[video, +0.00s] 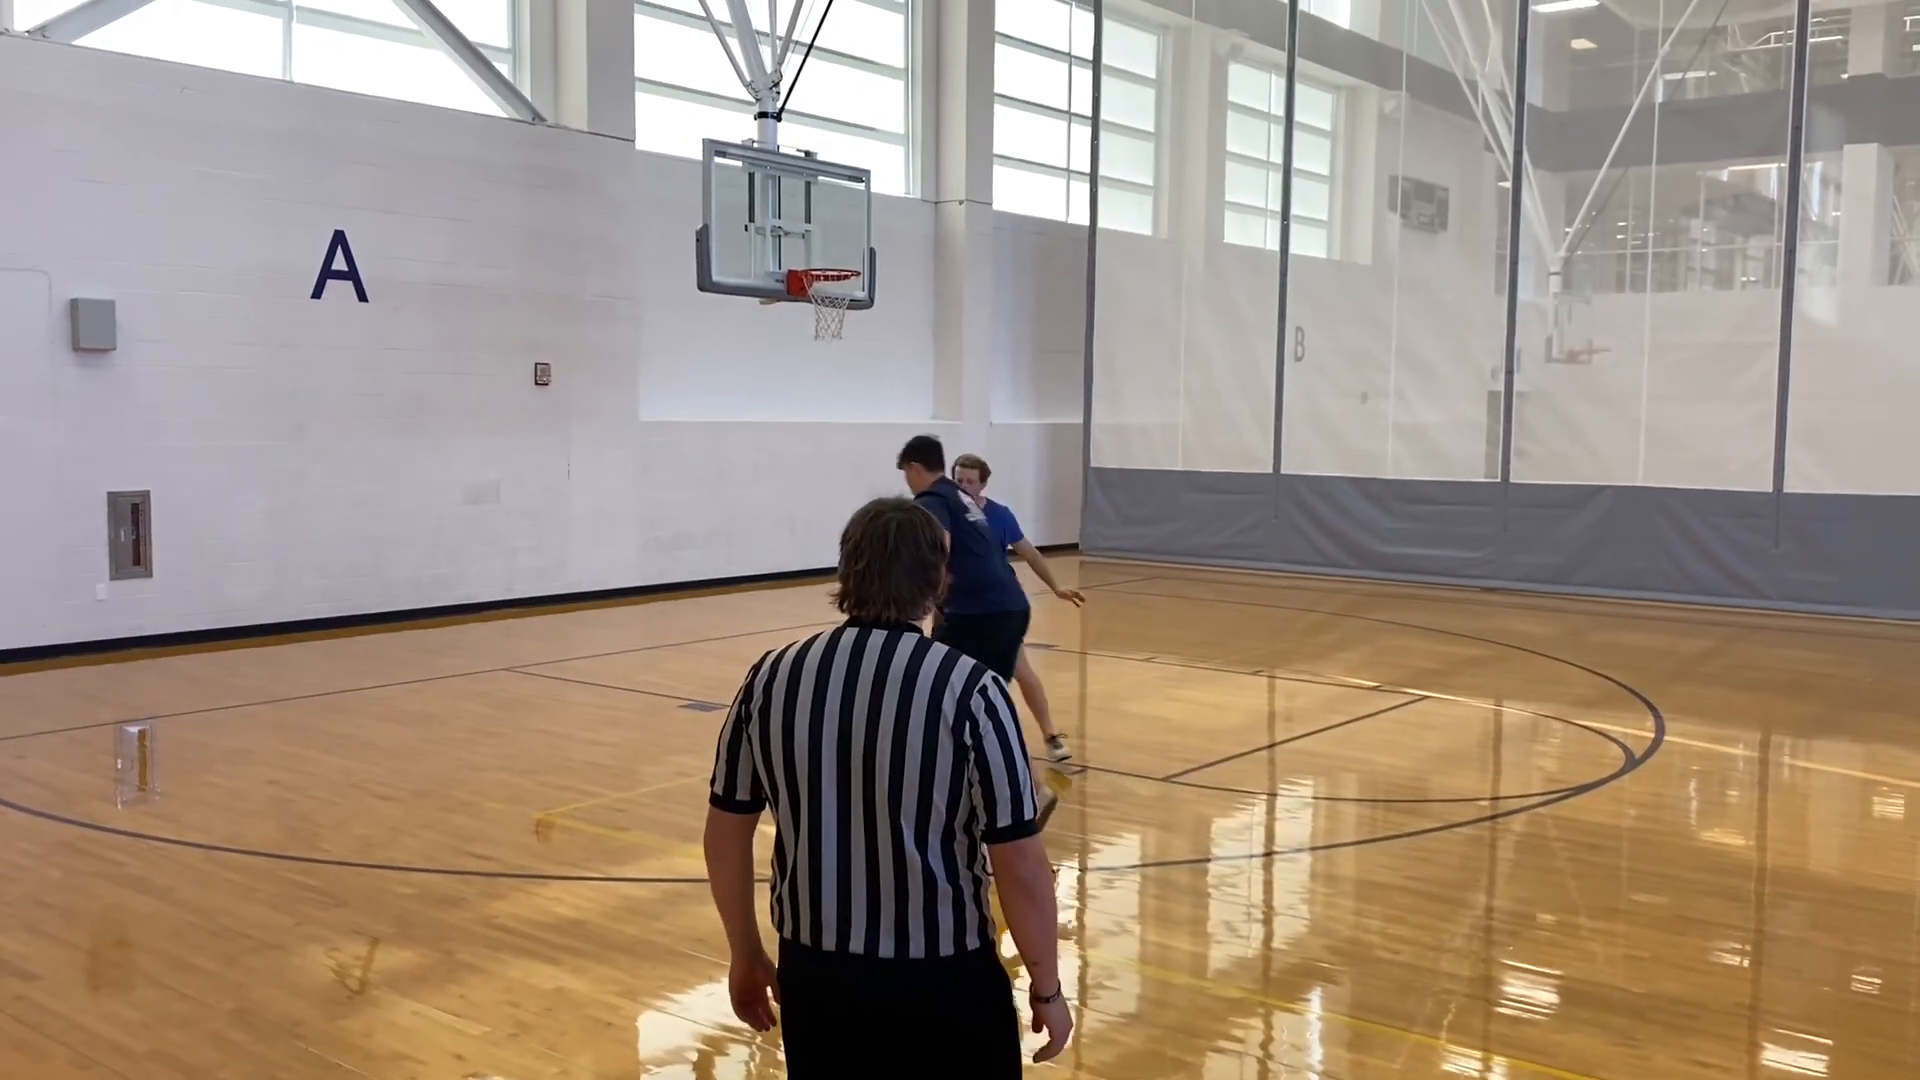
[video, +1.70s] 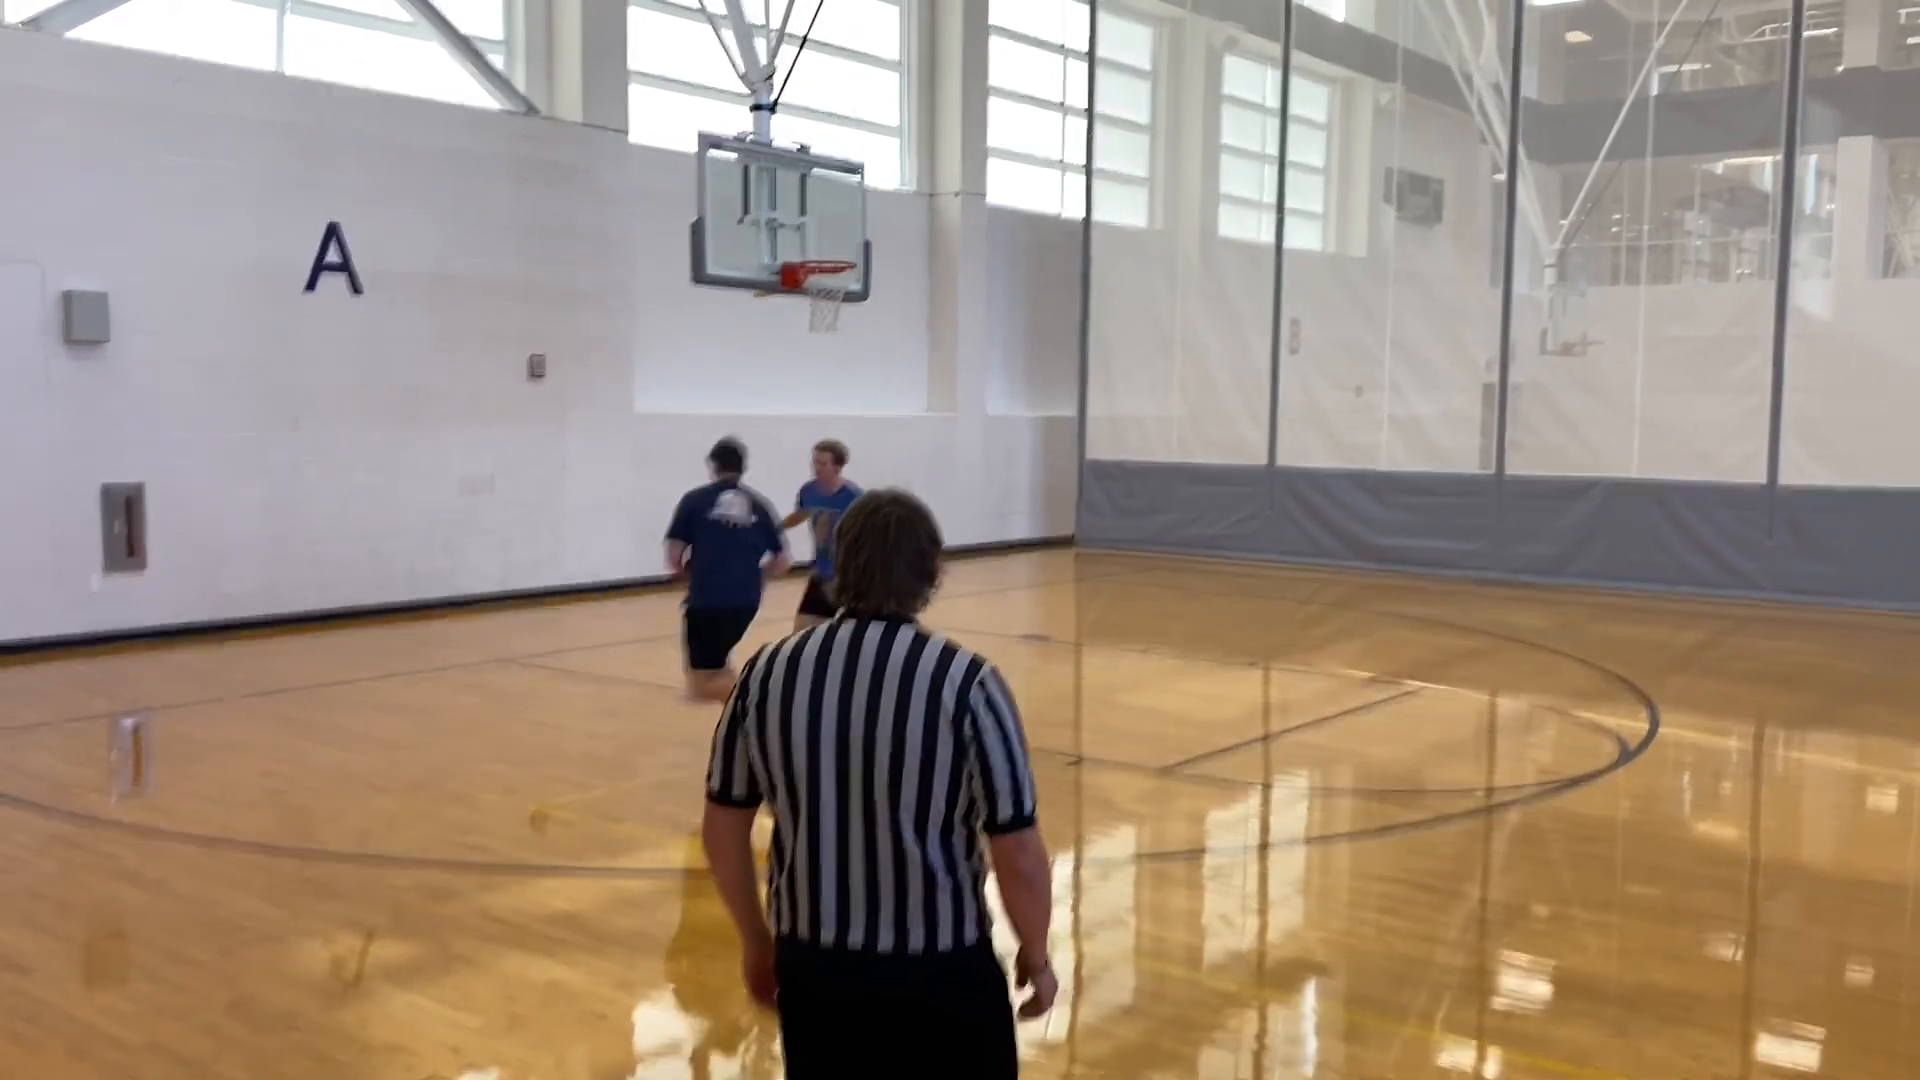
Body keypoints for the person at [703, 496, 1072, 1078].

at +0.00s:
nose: (950, 582)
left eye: (945, 566)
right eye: (947, 568)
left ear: (849, 572)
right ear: (937, 578)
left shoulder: (772, 676)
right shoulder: (973, 689)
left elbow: (725, 831)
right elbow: (1020, 862)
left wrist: (744, 950)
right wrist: (1047, 988)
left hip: (816, 984)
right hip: (948, 988)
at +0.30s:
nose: (949, 583)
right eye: (946, 570)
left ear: (847, 573)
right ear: (937, 581)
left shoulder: (772, 677)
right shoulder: (972, 691)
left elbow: (726, 832)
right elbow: (1019, 860)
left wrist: (749, 949)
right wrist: (1045, 978)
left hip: (816, 984)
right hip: (948, 988)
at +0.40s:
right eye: (946, 573)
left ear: (845, 575)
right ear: (937, 583)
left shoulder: (771, 677)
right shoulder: (971, 690)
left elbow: (726, 833)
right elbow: (1020, 861)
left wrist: (751, 948)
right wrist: (1045, 977)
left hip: (816, 982)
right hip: (949, 986)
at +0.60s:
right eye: (943, 568)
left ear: (842, 573)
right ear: (937, 579)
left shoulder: (771, 675)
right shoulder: (971, 687)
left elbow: (727, 831)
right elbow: (1020, 854)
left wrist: (757, 945)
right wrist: (1045, 973)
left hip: (817, 981)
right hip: (950, 984)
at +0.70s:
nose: (947, 581)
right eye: (942, 569)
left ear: (844, 571)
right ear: (934, 579)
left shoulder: (770, 673)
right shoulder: (969, 686)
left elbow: (725, 830)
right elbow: (1019, 856)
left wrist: (756, 944)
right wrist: (1042, 971)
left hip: (815, 981)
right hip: (947, 985)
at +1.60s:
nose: (939, 573)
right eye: (935, 561)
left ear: (841, 564)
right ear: (929, 572)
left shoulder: (768, 671)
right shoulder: (969, 682)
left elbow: (724, 826)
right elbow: (1019, 851)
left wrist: (757, 940)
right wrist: (1037, 953)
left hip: (815, 974)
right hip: (948, 977)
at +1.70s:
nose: (938, 573)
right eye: (934, 560)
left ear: (841, 566)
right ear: (929, 572)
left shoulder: (768, 670)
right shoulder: (967, 681)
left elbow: (723, 826)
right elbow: (1017, 849)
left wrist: (755, 939)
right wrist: (1035, 950)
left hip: (814, 976)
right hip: (945, 978)